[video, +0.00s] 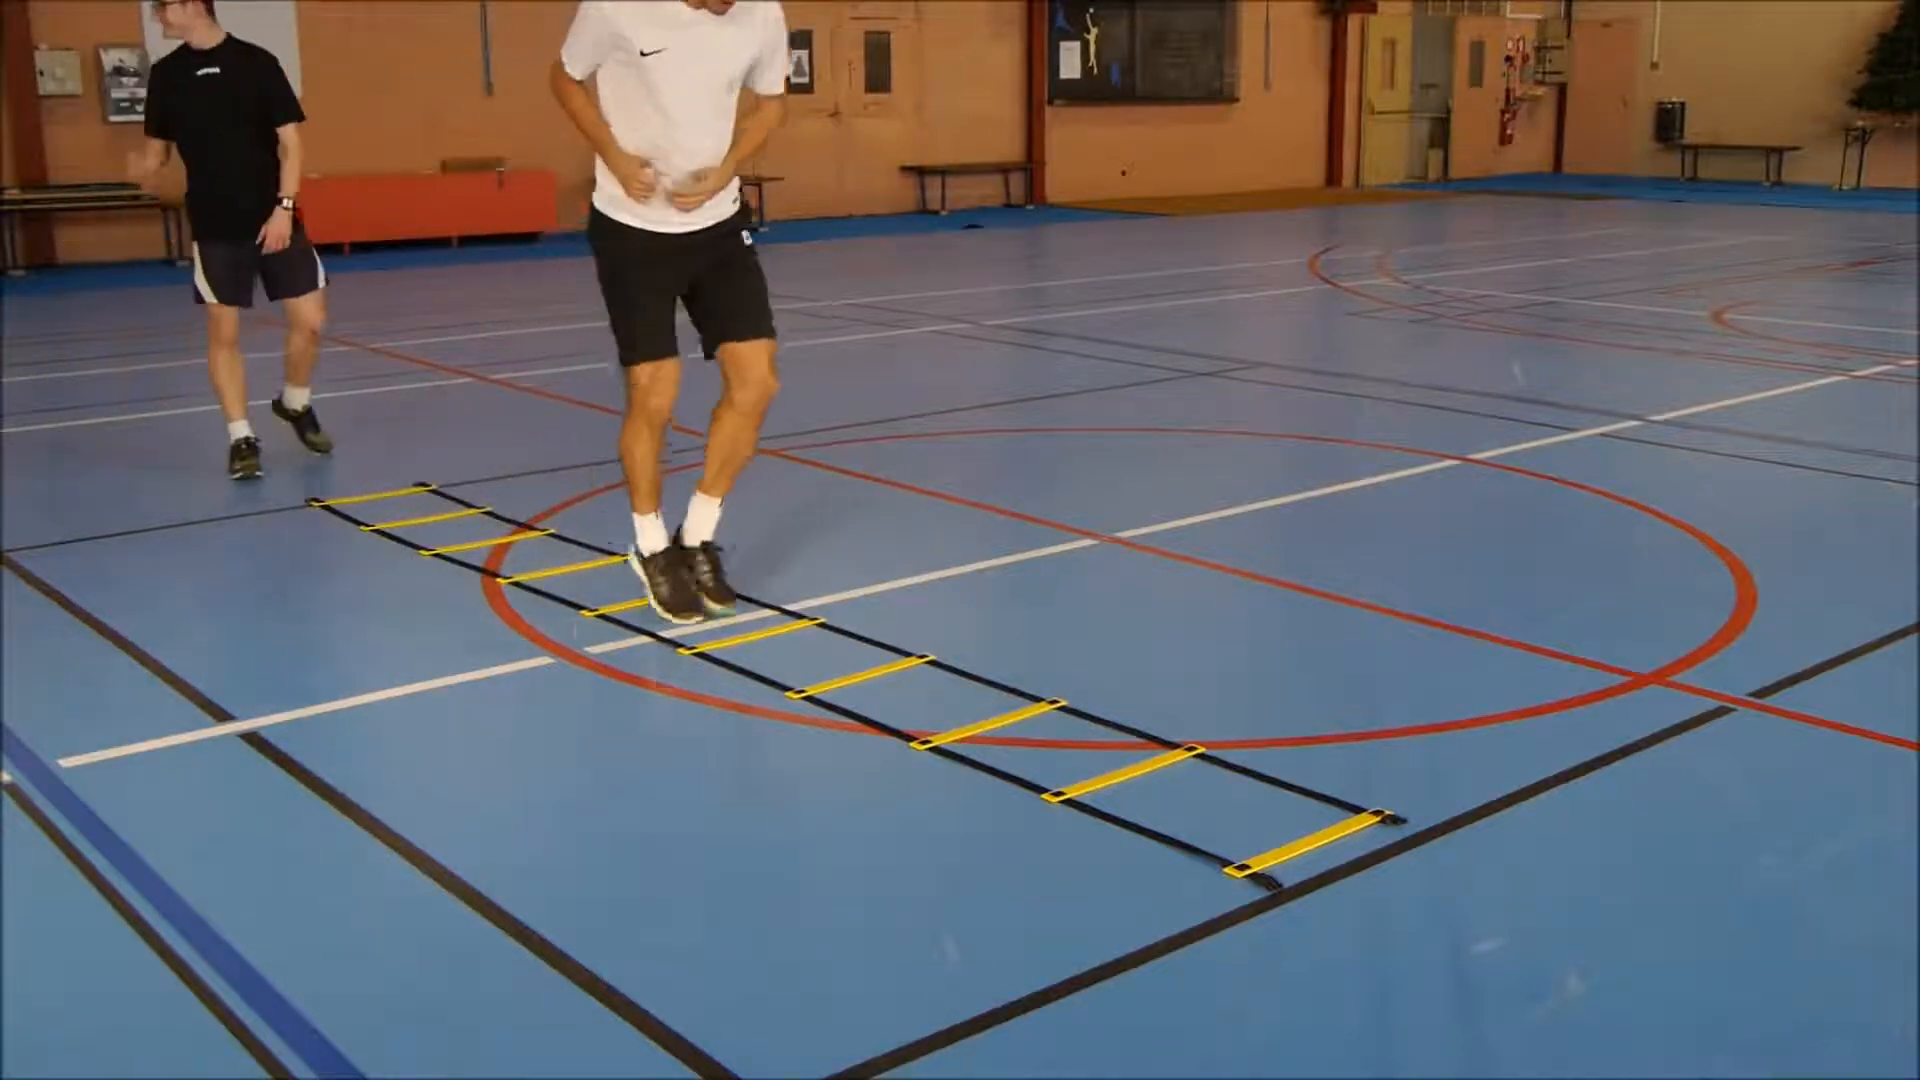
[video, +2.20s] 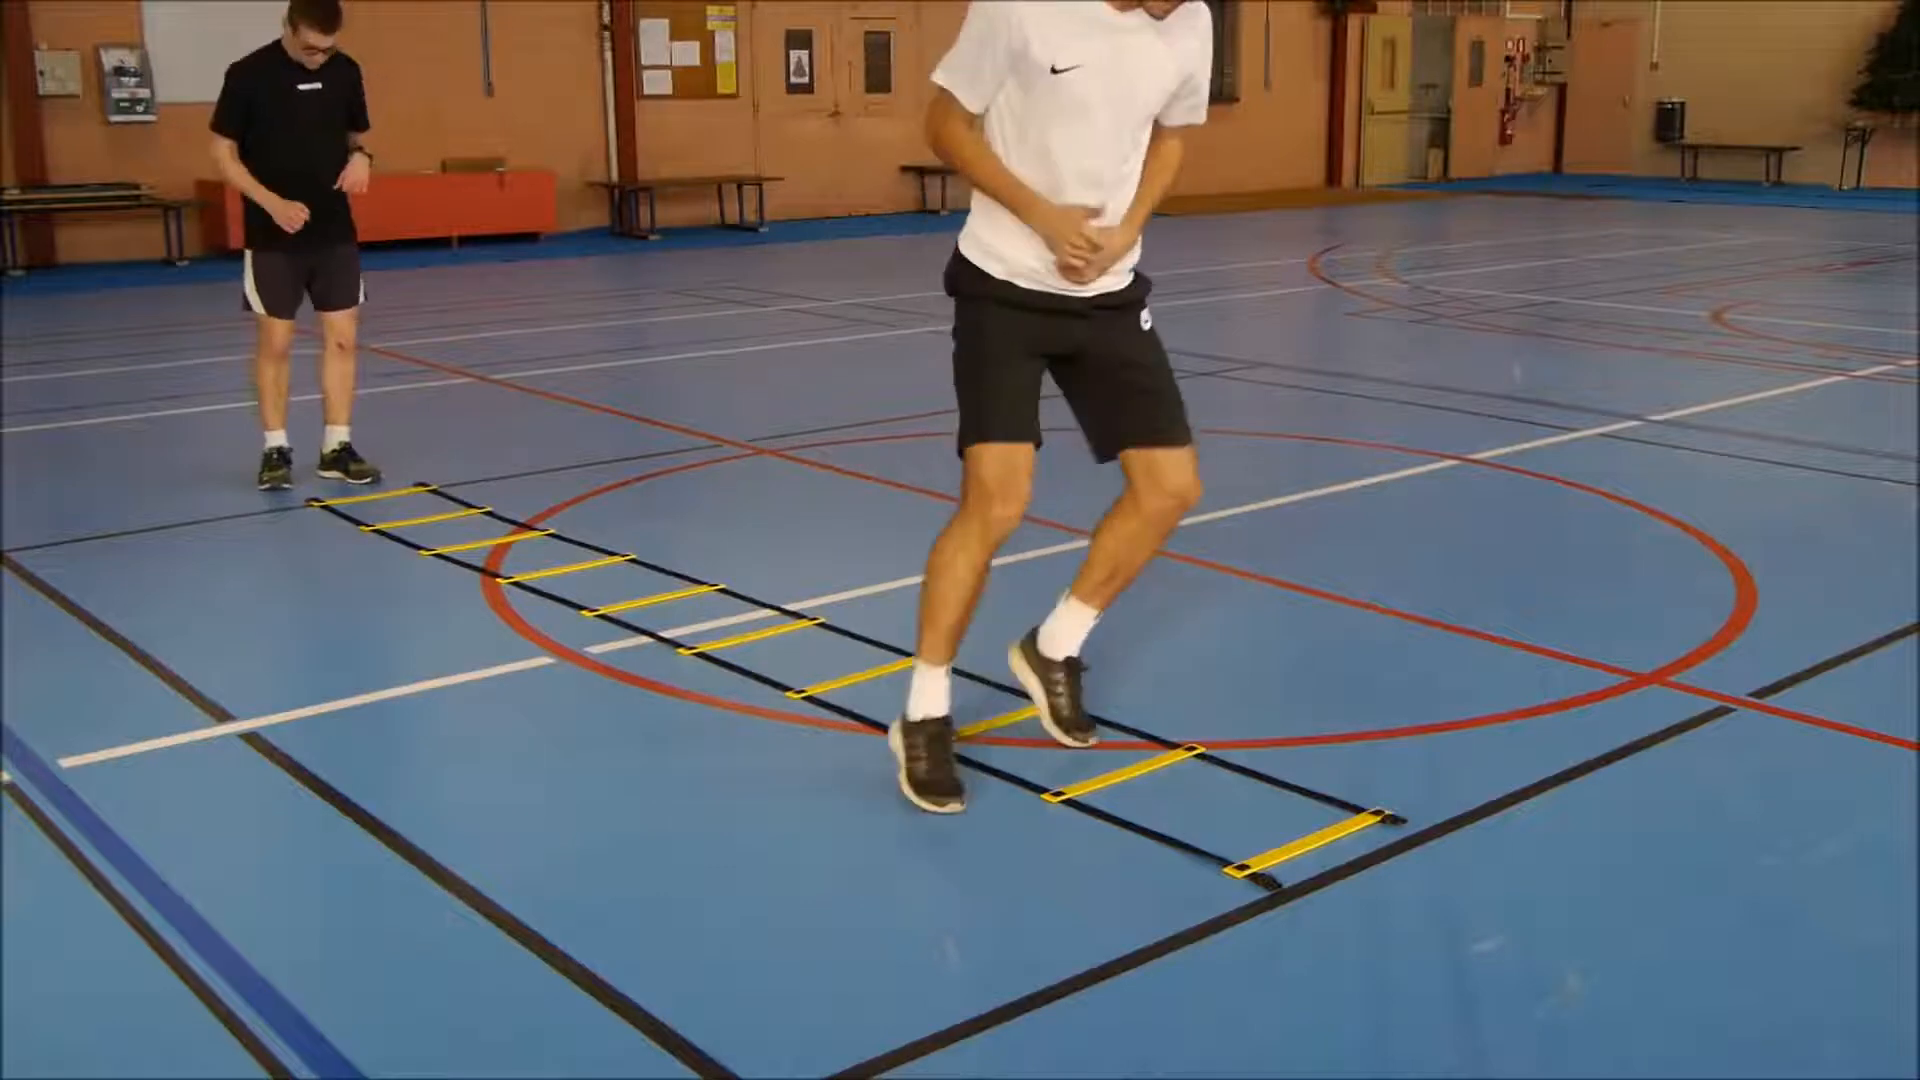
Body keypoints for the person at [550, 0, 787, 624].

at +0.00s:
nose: (721, 1)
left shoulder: (763, 14)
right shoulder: (613, 10)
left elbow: (767, 102)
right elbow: (568, 77)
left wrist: (726, 168)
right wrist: (614, 155)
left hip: (718, 226)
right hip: (633, 229)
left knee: (754, 383)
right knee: (654, 394)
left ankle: (696, 541)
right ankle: (651, 547)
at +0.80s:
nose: (862, 6)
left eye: (867, 3)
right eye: (850, 2)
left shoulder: (887, 23)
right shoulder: (730, 15)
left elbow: (882, 119)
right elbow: (678, 96)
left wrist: (841, 192)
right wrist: (725, 182)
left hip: (831, 254)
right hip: (736, 249)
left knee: (868, 423)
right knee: (739, 419)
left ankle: (801, 581)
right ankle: (706, 593)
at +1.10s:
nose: (937, 17)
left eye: (945, 8)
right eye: (928, 6)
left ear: (948, 5)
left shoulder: (953, 33)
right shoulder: (795, 23)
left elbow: (948, 125)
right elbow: (738, 112)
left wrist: (918, 201)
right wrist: (793, 194)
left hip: (904, 264)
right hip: (805, 263)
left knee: (955, 429)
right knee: (797, 431)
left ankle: (931, 588)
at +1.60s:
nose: (1035, 18)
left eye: (1040, 9)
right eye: (1027, 5)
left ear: (1034, 5)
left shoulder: (1024, 38)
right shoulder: (881, 30)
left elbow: (986, 132)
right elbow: (802, 149)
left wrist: (996, 213)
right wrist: (908, 231)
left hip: (967, 289)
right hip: (875, 295)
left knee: (1089, 424)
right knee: (851, 497)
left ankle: (992, 588)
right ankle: (778, 679)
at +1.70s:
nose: (1055, 5)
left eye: (1060, 0)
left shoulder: (1055, 28)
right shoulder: (901, 19)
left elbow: (1031, 123)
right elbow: (824, 123)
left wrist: (1024, 200)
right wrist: (919, 208)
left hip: (997, 278)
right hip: (898, 281)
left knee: (1098, 438)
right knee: (889, 475)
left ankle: (1039, 615)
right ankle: (811, 662)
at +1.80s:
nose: (1082, 5)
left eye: (1088, 0)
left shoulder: (1101, 36)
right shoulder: (927, 19)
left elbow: (1103, 144)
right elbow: (860, 108)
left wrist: (1068, 215)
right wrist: (922, 190)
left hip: (1042, 289)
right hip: (937, 284)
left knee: (1091, 482)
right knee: (938, 472)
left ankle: (1044, 636)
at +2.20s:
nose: (1168, 1)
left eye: (1176, 0)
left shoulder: (1190, 20)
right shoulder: (1017, 11)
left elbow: (1172, 132)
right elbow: (943, 121)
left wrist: (1128, 228)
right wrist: (1040, 213)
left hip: (1111, 296)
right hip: (1002, 286)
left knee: (1167, 486)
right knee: (997, 499)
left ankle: (1054, 648)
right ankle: (925, 709)